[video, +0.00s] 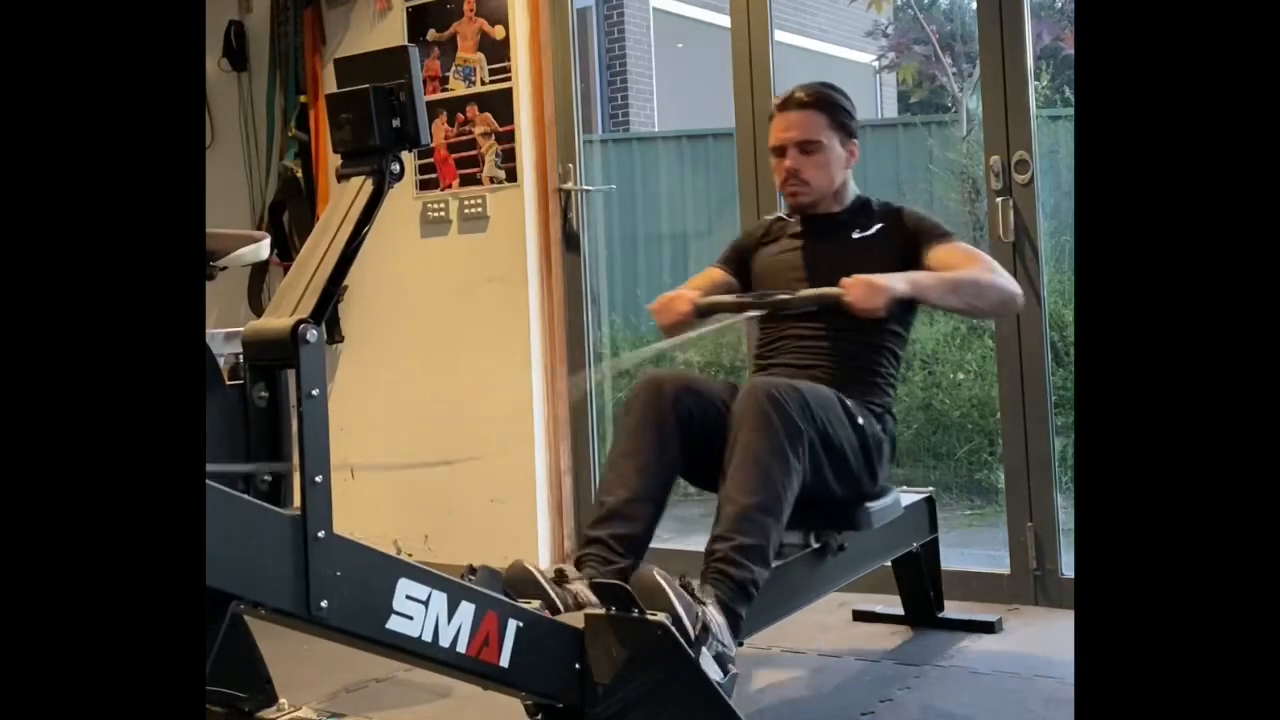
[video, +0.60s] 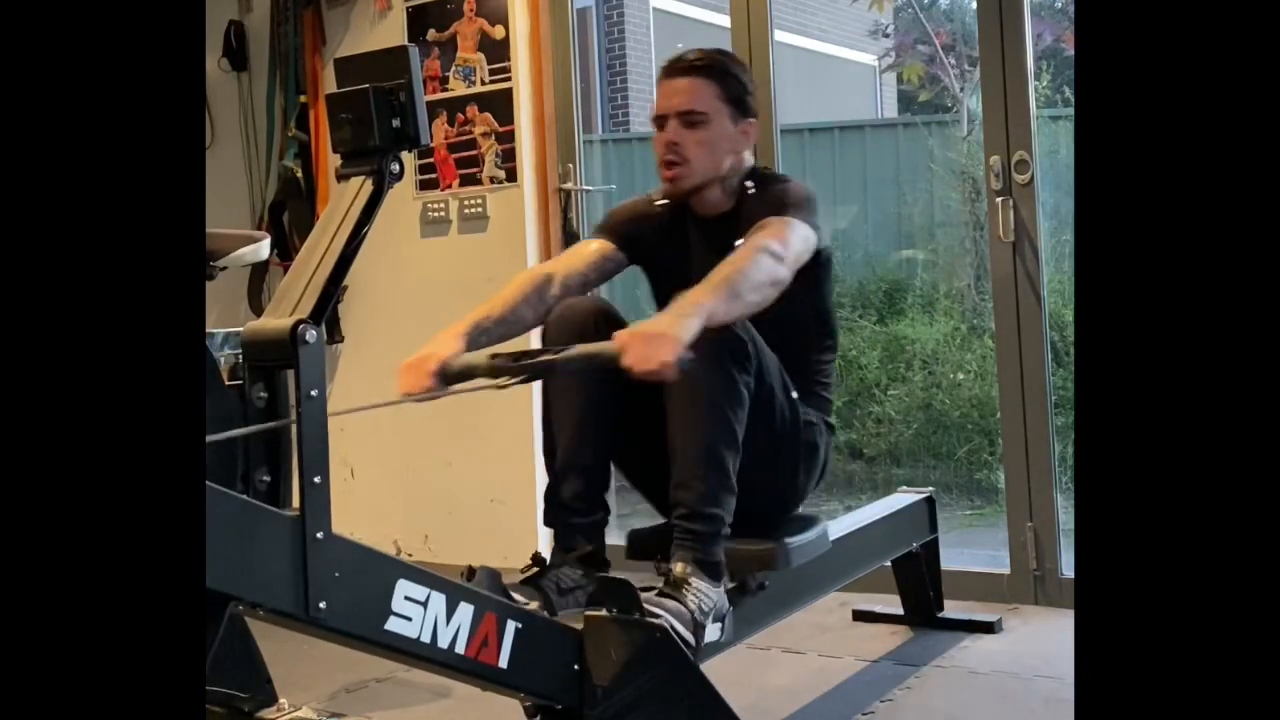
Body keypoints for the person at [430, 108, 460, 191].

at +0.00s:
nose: (446, 118)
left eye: (446, 116)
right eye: (444, 116)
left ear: (444, 116)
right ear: (440, 116)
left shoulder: (443, 124)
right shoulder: (437, 124)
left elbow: (453, 132)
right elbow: (438, 139)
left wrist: (457, 122)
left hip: (443, 147)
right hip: (439, 148)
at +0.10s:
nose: (446, 118)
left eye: (446, 116)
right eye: (444, 116)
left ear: (444, 116)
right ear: (440, 116)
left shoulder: (443, 124)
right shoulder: (437, 124)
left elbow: (453, 132)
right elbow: (438, 139)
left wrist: (457, 122)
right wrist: (442, 150)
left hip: (443, 148)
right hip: (439, 148)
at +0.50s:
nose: (446, 118)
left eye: (446, 115)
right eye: (444, 115)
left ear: (444, 116)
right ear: (440, 116)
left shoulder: (443, 124)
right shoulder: (437, 124)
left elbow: (453, 132)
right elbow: (438, 139)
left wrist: (457, 122)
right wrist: (442, 150)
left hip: (443, 148)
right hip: (439, 148)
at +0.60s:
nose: (446, 118)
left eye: (446, 115)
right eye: (444, 115)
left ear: (444, 116)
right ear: (440, 116)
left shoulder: (443, 124)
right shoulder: (437, 124)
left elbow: (453, 132)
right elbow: (438, 139)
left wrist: (457, 122)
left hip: (443, 148)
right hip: (439, 149)